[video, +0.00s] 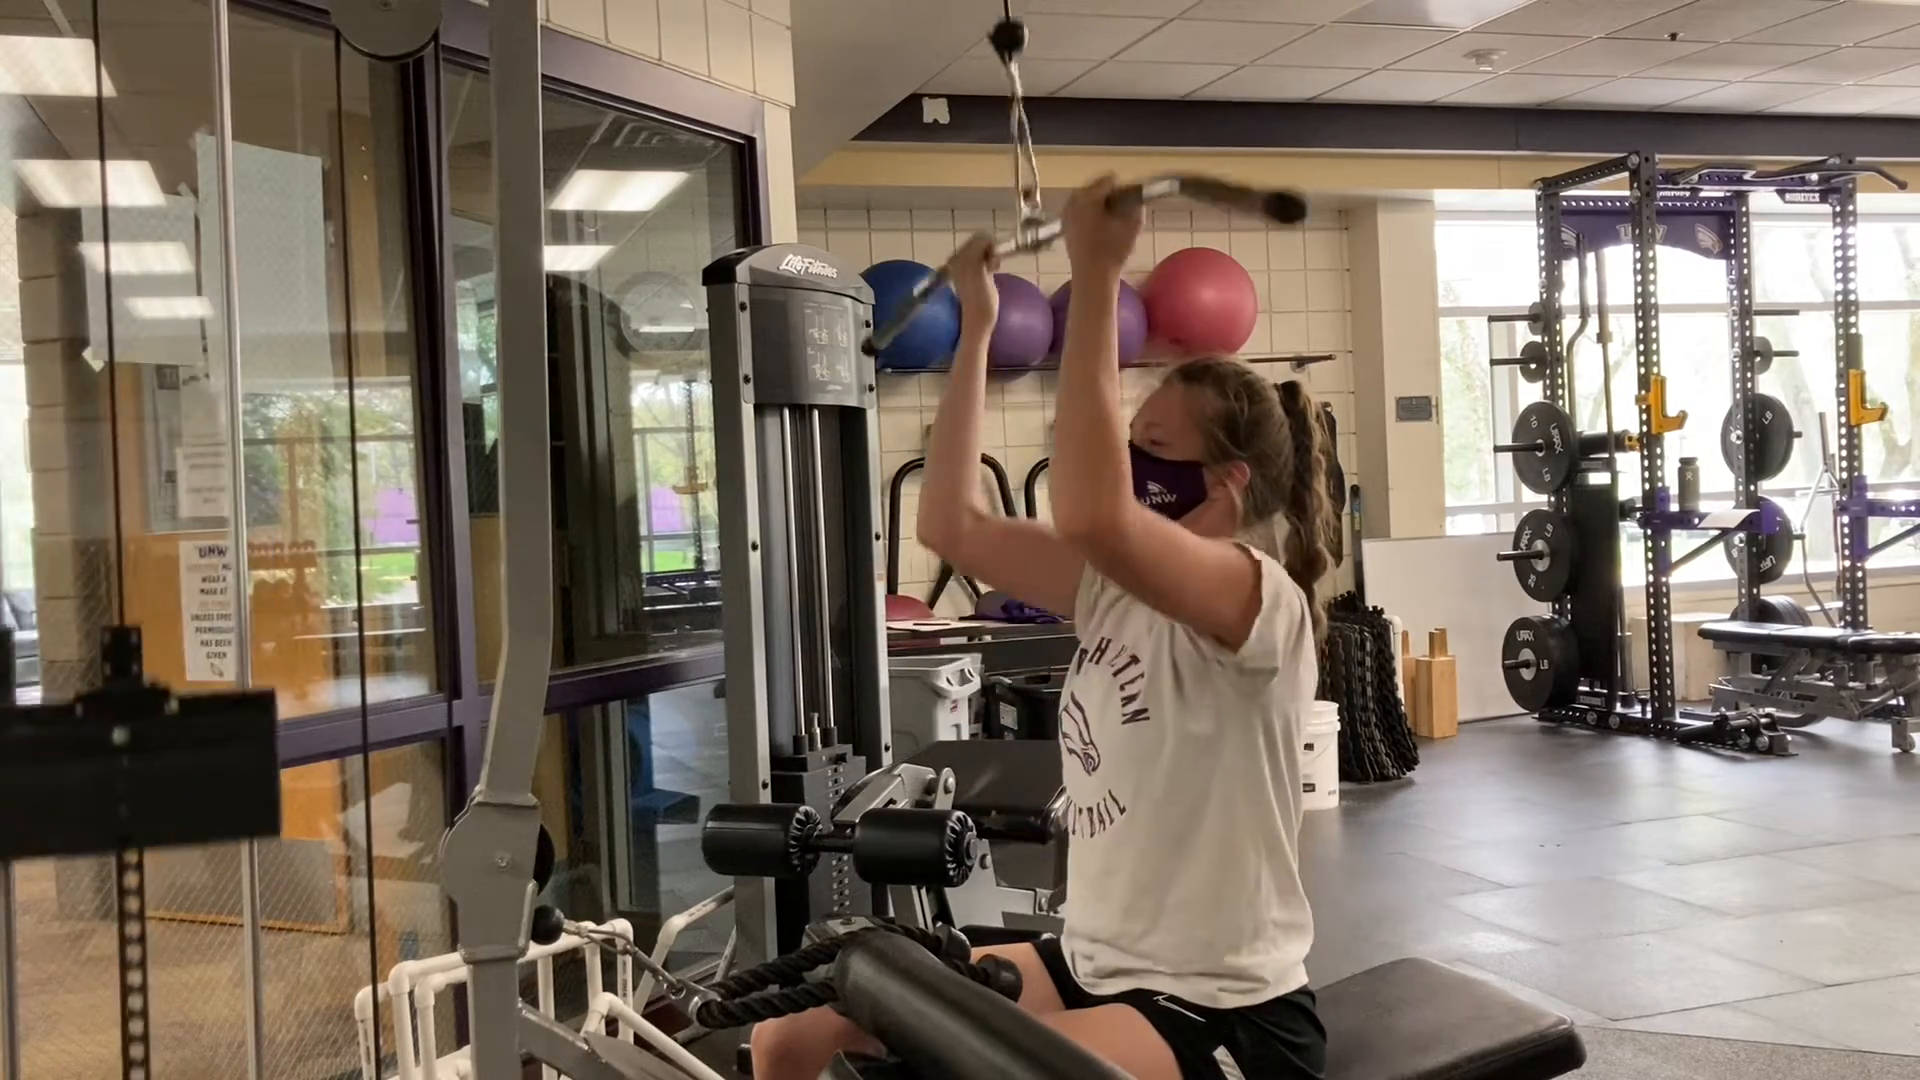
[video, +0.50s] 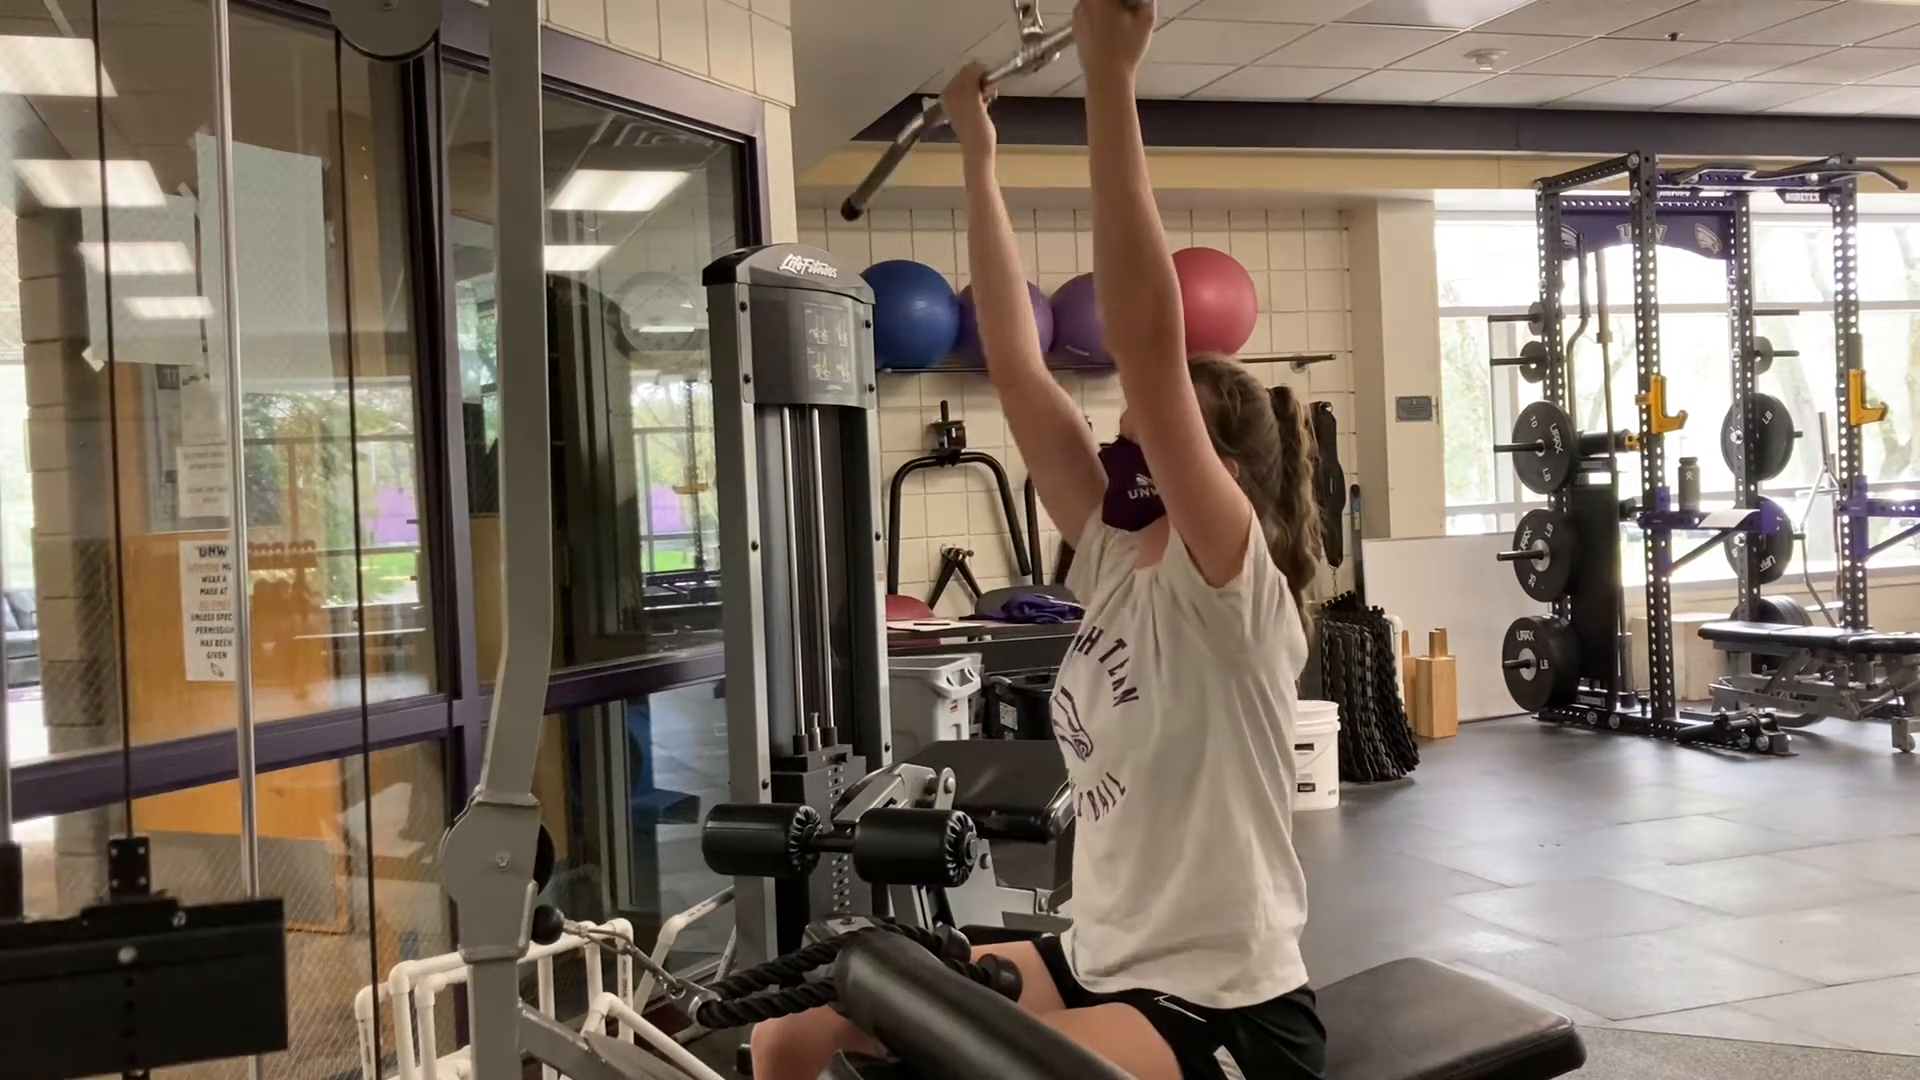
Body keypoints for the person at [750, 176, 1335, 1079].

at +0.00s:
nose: (1129, 474)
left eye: (1157, 460)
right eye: (1129, 450)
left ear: (1234, 484)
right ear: (1118, 442)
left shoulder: (1257, 600)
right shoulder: (1107, 576)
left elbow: (1093, 516)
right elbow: (951, 526)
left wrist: (1094, 275)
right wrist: (976, 330)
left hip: (1224, 1012)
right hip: (1091, 966)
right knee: (791, 1036)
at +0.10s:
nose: (1131, 451)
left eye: (1157, 441)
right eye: (1131, 434)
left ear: (1226, 481)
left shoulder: (1251, 593)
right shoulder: (1106, 572)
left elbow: (1099, 452)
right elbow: (962, 481)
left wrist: (1100, 217)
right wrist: (981, 278)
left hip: (1222, 1013)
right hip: (1088, 967)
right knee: (788, 1041)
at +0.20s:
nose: (1116, 457)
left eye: (1143, 431)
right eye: (1112, 438)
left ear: (1225, 466)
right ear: (1174, 458)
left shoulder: (1245, 582)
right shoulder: (1107, 564)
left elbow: (1122, 402)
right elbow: (984, 441)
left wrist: (1107, 144)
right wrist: (982, 226)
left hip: (1224, 1009)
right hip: (1092, 967)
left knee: (975, 1073)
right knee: (790, 1037)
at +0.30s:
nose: (1125, 449)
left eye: (1153, 425)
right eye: (1127, 428)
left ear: (1222, 455)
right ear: (1140, 443)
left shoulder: (1245, 582)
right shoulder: (1107, 561)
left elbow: (1143, 377)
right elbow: (996, 412)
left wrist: (1108, 112)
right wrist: (980, 191)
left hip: (1224, 1007)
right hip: (1093, 967)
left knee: (979, 1074)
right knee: (791, 1042)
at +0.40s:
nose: (1132, 436)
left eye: (1162, 415)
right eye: (1136, 415)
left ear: (1224, 452)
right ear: (1143, 435)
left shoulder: (1239, 581)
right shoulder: (1104, 551)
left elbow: (1149, 359)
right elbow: (1006, 382)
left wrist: (1108, 90)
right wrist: (977, 168)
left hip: (1224, 1008)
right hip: (1098, 968)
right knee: (794, 1038)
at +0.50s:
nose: (1133, 433)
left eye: (1166, 409)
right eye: (1139, 412)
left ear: (1221, 451)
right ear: (1146, 438)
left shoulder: (1236, 584)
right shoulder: (1104, 552)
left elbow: (1150, 354)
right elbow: (1016, 361)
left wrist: (1109, 80)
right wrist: (977, 151)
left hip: (1224, 1009)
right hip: (1099, 968)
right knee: (794, 1038)